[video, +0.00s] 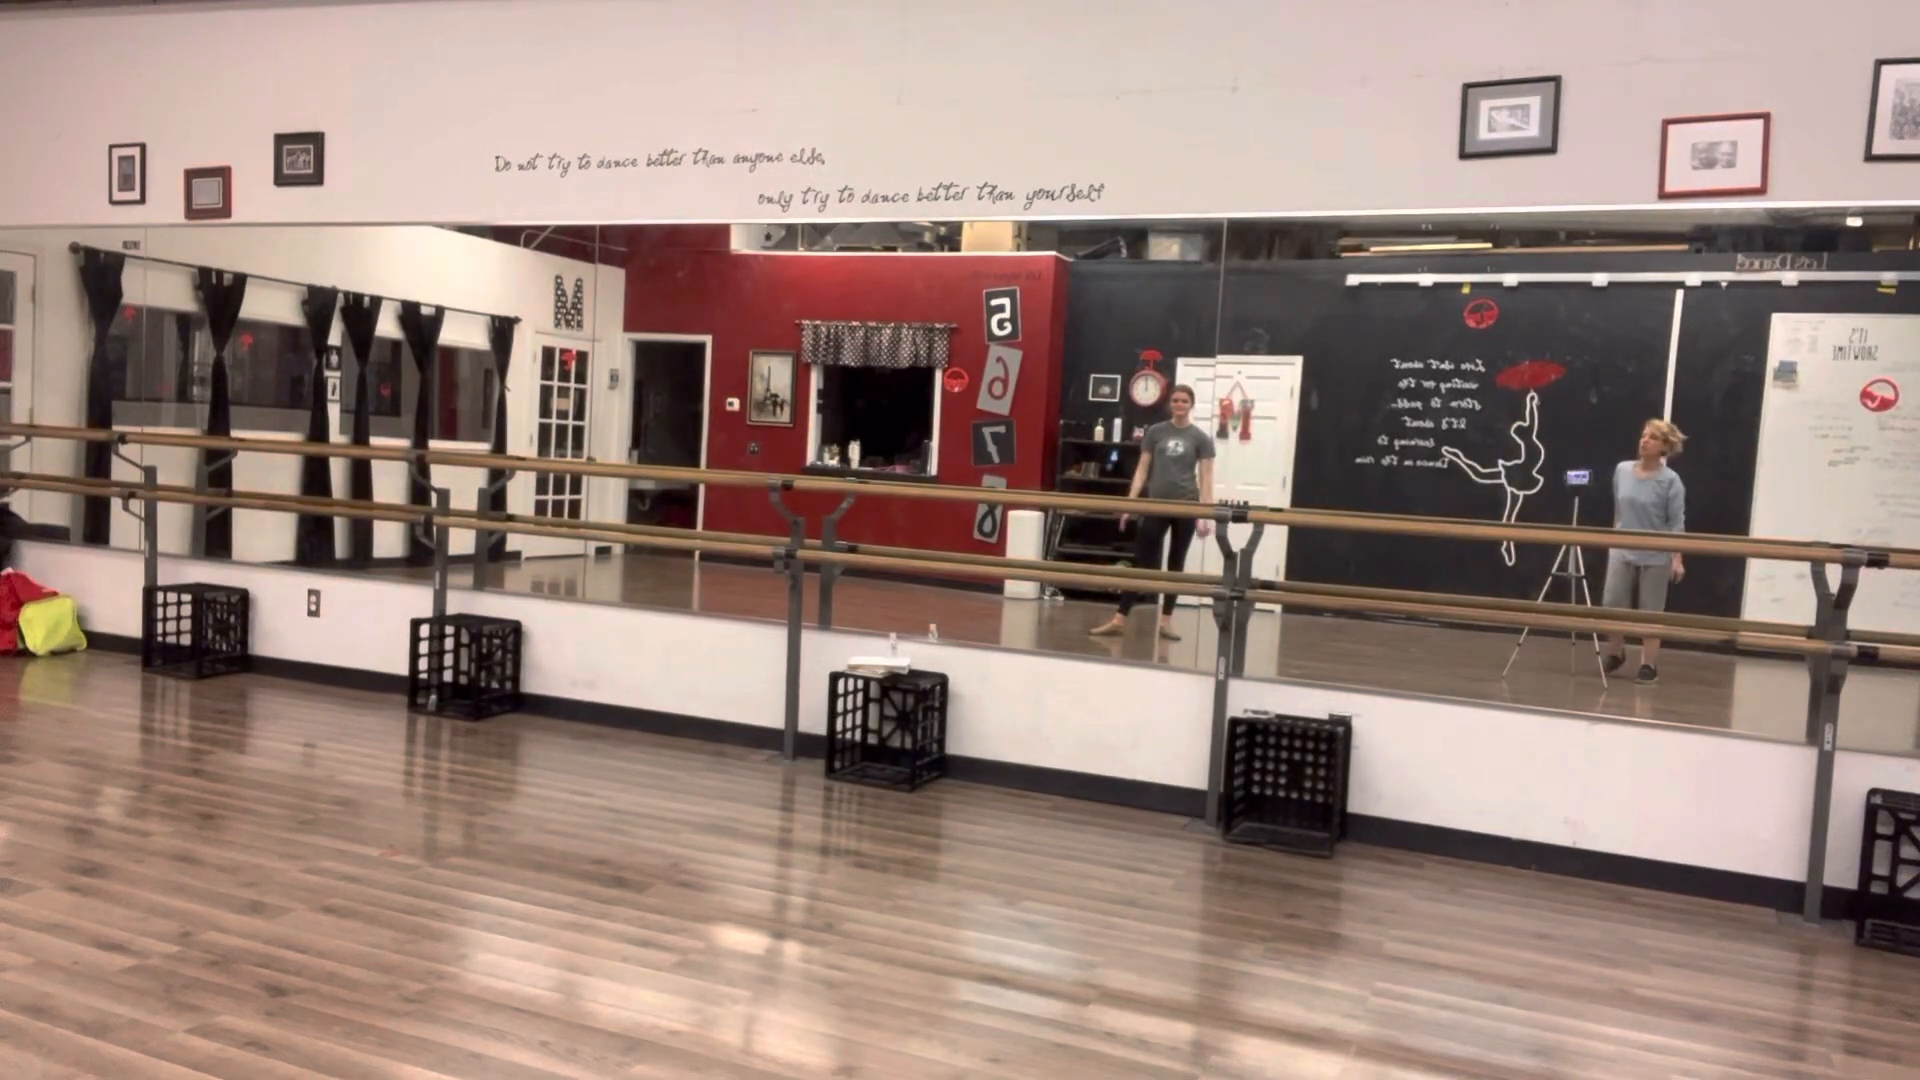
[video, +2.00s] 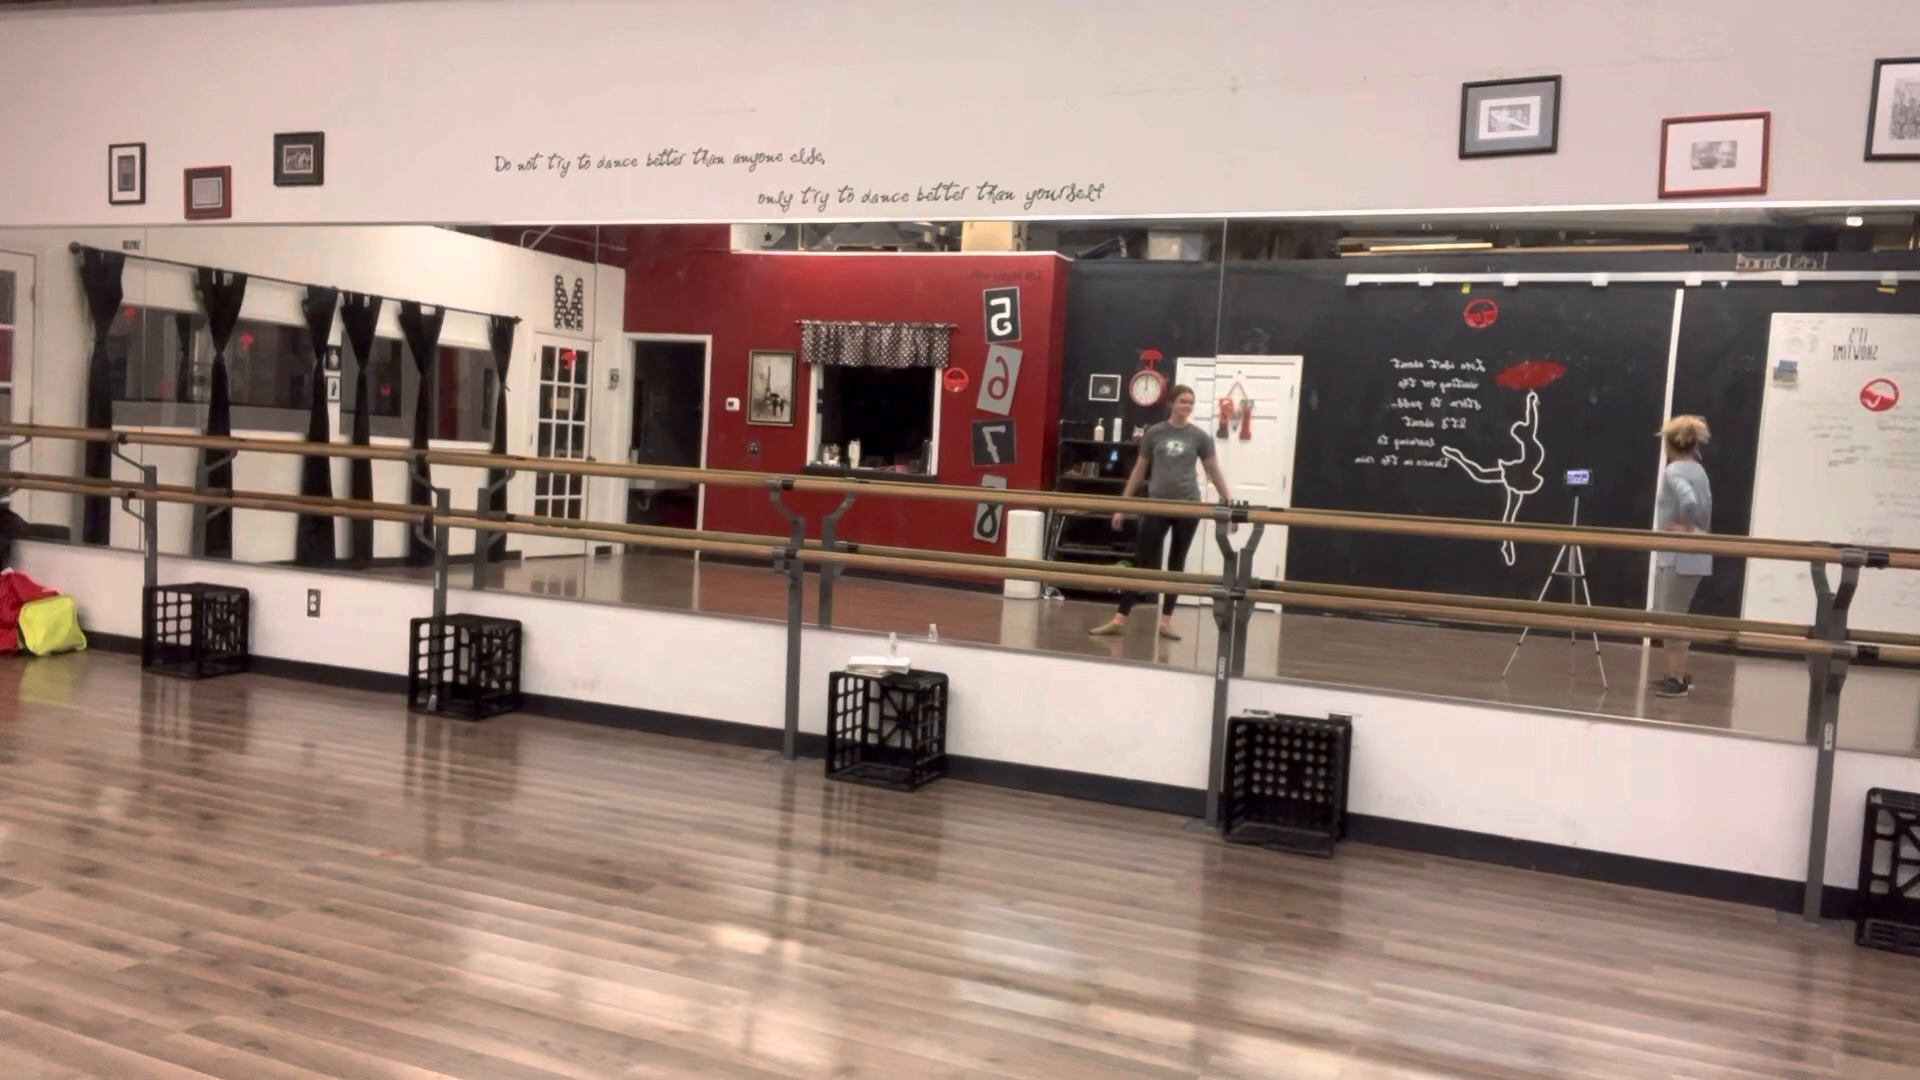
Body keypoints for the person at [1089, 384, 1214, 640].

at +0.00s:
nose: (1179, 405)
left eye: (1184, 401)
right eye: (1176, 401)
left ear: (1191, 405)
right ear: (1170, 404)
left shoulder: (1202, 439)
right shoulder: (1154, 432)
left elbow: (1206, 480)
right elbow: (1141, 470)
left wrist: (1206, 515)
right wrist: (1129, 505)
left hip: (1185, 510)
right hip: (1154, 507)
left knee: (1175, 565)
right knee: (1141, 560)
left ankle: (1165, 620)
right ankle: (1120, 617)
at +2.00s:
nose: (1186, 406)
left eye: (1190, 403)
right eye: (1183, 402)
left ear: (1193, 407)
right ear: (1171, 404)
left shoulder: (1200, 437)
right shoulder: (1153, 433)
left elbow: (1214, 473)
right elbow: (1139, 471)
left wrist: (1229, 504)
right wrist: (1122, 506)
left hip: (1188, 509)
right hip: (1156, 507)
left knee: (1176, 563)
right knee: (1142, 560)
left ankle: (1166, 620)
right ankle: (1120, 618)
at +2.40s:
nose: (1191, 408)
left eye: (1194, 404)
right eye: (1187, 403)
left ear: (1195, 407)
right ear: (1174, 404)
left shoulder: (1201, 438)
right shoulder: (1154, 433)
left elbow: (1207, 475)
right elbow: (1144, 471)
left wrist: (1211, 508)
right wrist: (1142, 506)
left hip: (1188, 509)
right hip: (1156, 506)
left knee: (1176, 564)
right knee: (1142, 560)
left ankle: (1166, 620)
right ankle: (1120, 617)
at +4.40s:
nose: (1180, 403)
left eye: (1185, 400)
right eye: (1176, 399)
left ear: (1192, 404)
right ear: (1170, 403)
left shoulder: (1202, 436)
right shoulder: (1155, 432)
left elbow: (1218, 473)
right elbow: (1140, 470)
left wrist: (1229, 509)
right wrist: (1123, 506)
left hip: (1187, 509)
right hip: (1156, 506)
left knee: (1176, 563)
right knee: (1141, 559)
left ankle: (1166, 620)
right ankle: (1120, 618)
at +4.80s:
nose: (1180, 404)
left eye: (1185, 400)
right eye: (1176, 400)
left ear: (1192, 405)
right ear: (1170, 403)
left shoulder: (1202, 438)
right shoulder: (1155, 432)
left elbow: (1204, 478)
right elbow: (1145, 472)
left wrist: (1191, 507)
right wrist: (1148, 507)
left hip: (1185, 509)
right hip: (1157, 506)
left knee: (1176, 564)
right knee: (1141, 560)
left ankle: (1166, 620)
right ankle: (1120, 617)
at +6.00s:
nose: (1178, 404)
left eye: (1182, 400)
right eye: (1174, 400)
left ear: (1190, 404)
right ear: (1168, 403)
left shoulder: (1200, 437)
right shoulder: (1153, 432)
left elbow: (1201, 477)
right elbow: (1147, 471)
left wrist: (1188, 508)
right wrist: (1150, 505)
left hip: (1184, 508)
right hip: (1156, 505)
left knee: (1175, 564)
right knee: (1142, 560)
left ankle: (1166, 619)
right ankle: (1120, 617)